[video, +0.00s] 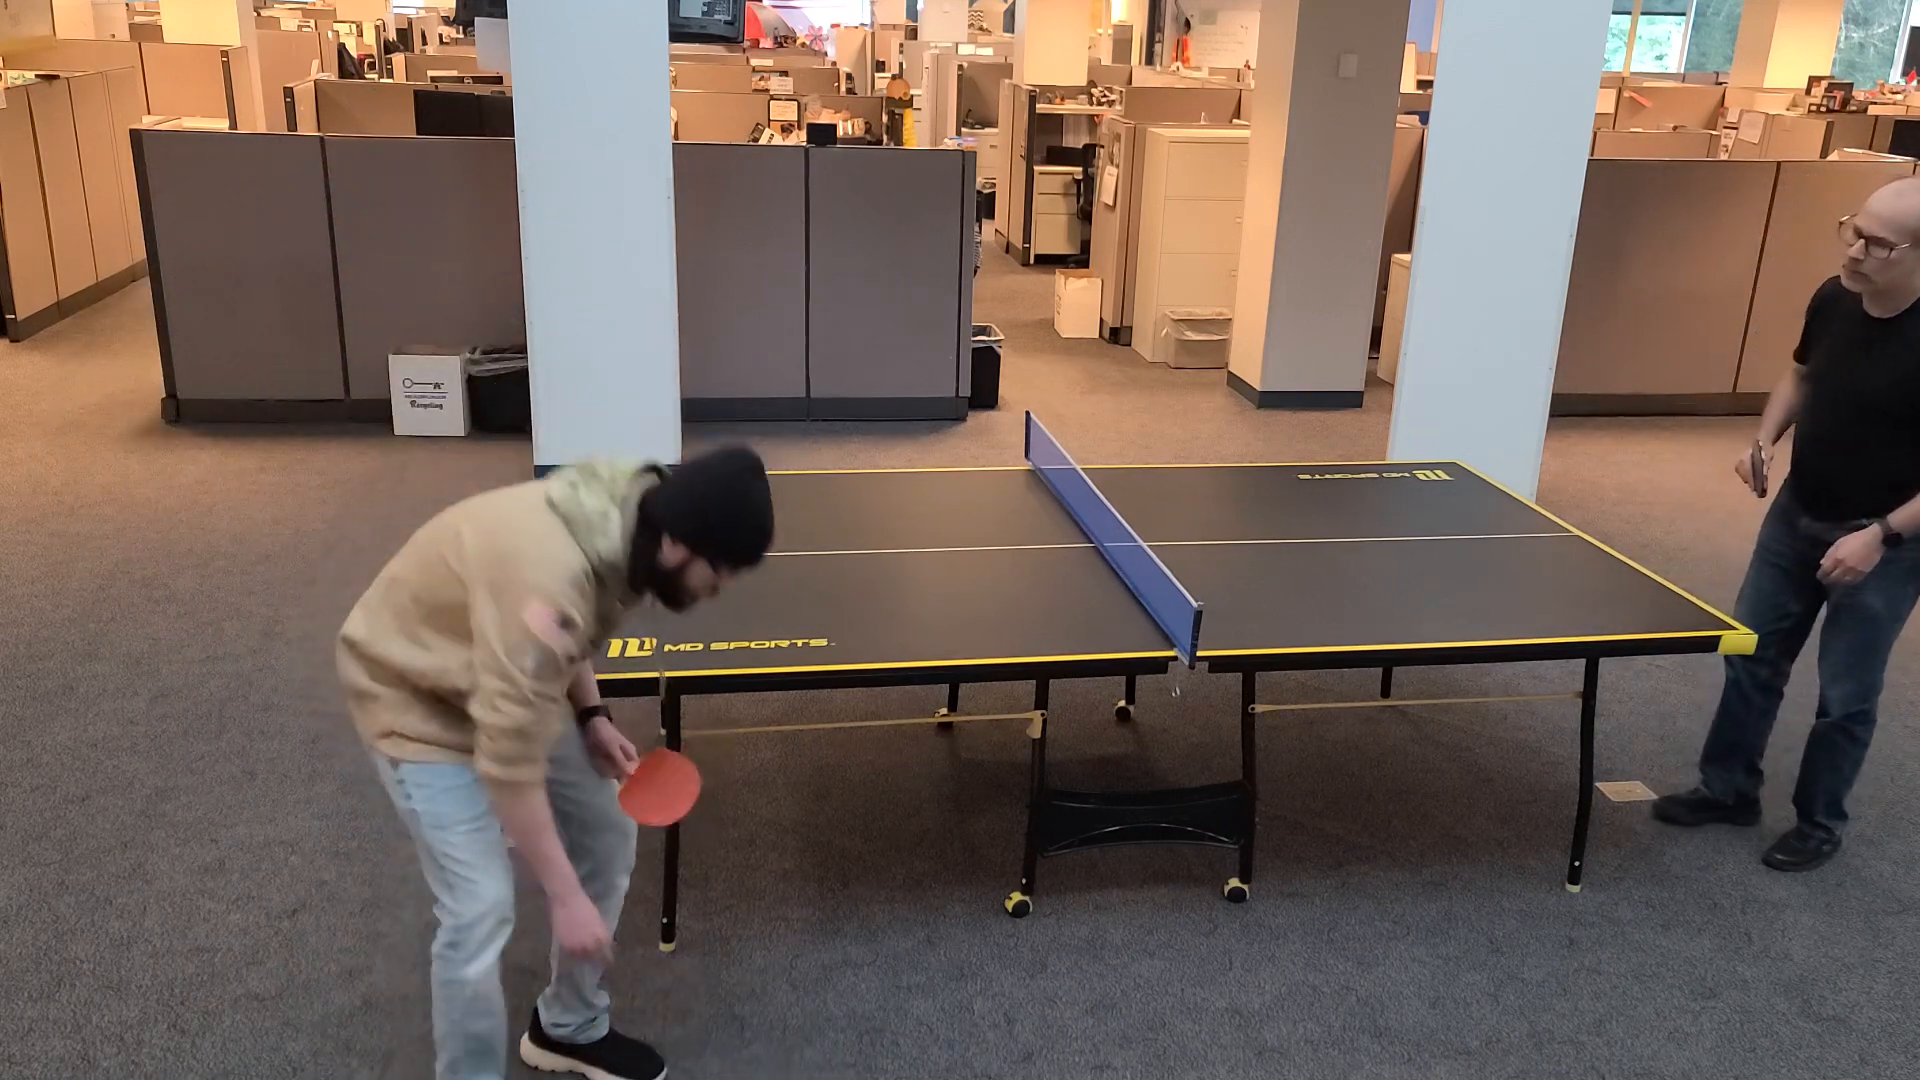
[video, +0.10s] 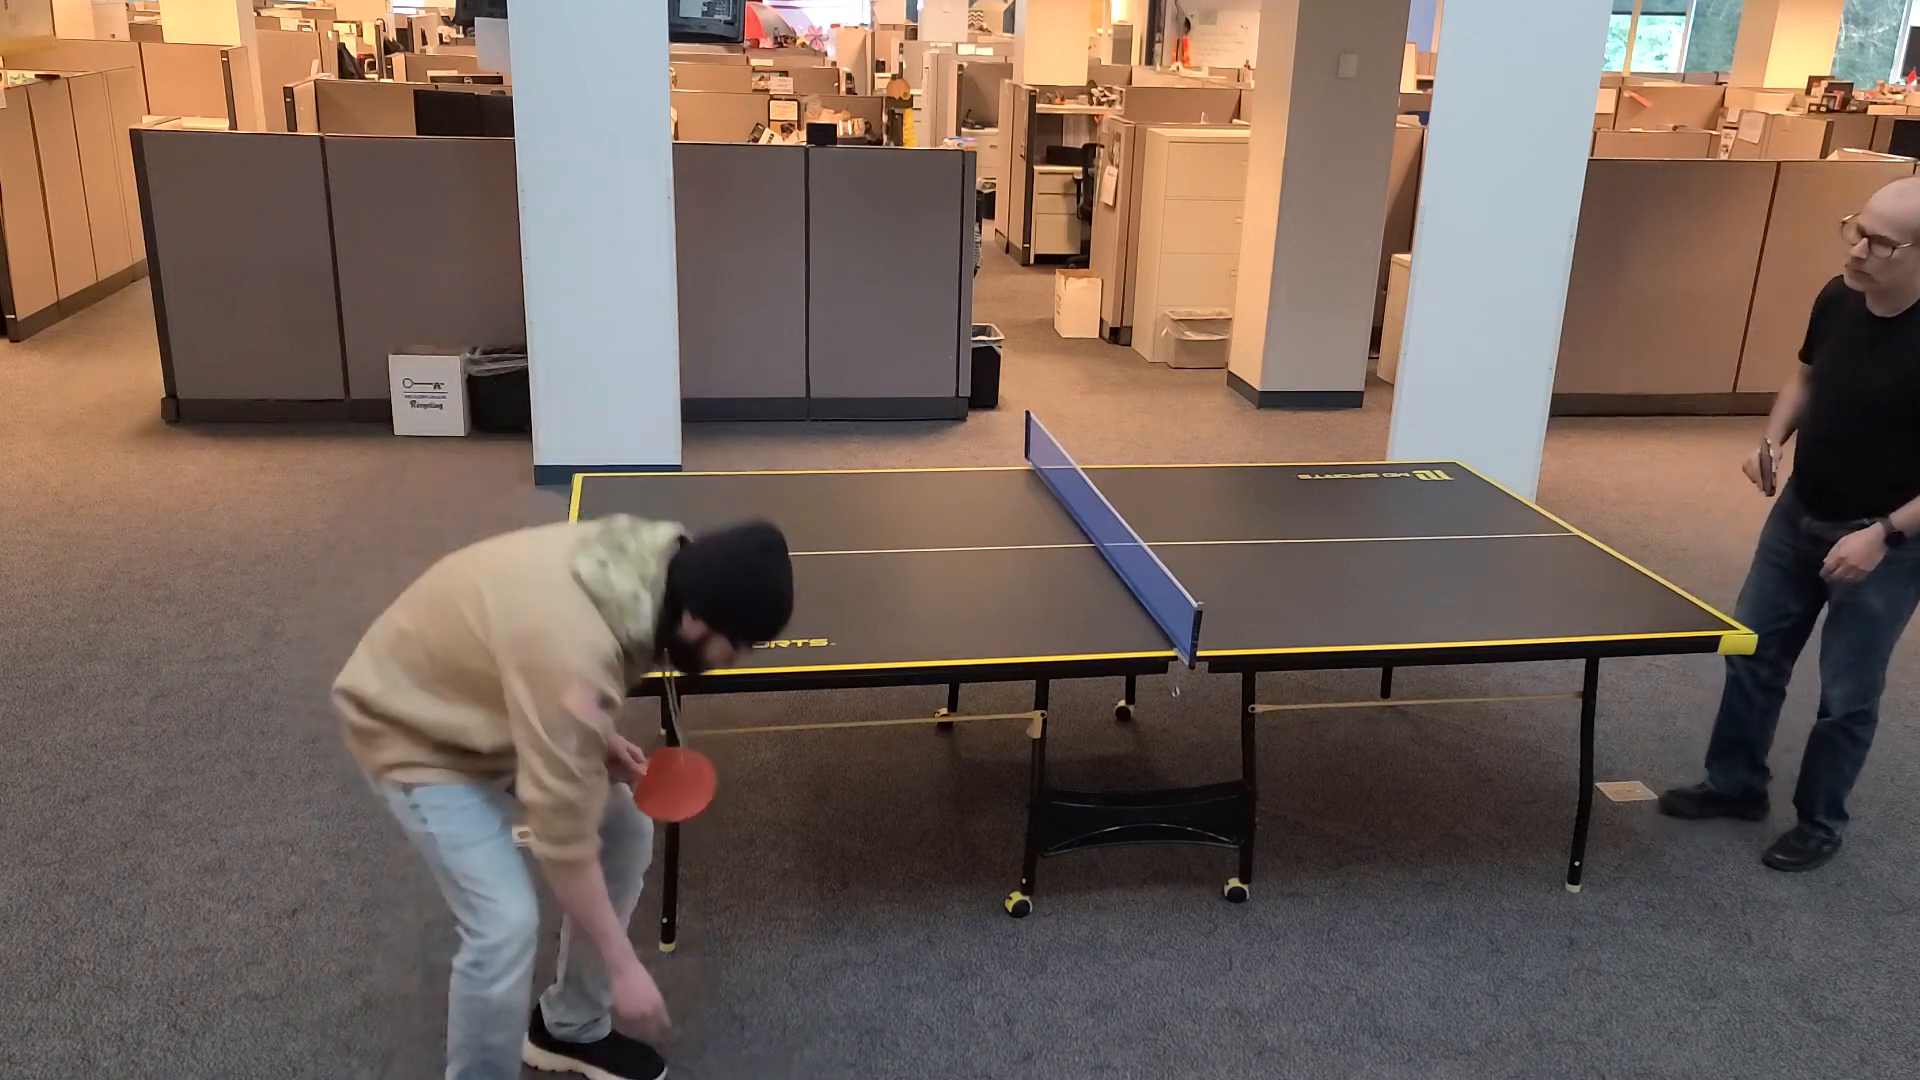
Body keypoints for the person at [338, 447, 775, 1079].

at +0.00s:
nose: (718, 589)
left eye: (728, 575)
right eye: (718, 571)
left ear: (675, 541)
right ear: (678, 546)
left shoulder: (628, 524)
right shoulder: (548, 575)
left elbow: (568, 632)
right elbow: (510, 766)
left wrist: (593, 717)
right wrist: (568, 897)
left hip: (514, 680)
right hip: (416, 694)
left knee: (608, 834)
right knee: (483, 903)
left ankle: (568, 1025)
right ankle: (470, 1071)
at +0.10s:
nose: (730, 659)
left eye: (741, 647)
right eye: (735, 643)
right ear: (698, 621)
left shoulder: (645, 563)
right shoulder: (568, 645)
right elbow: (561, 841)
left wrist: (595, 732)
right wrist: (624, 970)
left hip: (499, 711)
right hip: (407, 727)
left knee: (625, 829)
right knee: (507, 919)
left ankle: (572, 1023)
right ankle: (476, 1068)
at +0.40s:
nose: (745, 772)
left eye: (757, 762)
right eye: (754, 760)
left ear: (722, 667)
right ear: (730, 746)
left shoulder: (652, 630)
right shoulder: (617, 793)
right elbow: (630, 958)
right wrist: (665, 1074)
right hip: (395, 795)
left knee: (614, 880)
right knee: (564, 957)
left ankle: (579, 1034)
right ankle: (490, 1073)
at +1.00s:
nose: (703, 373)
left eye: (703, 355)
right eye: (695, 355)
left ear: (641, 356)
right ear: (644, 358)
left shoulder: (598, 426)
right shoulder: (537, 432)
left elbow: (574, 582)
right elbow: (620, 597)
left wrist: (601, 695)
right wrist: (748, 586)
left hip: (532, 666)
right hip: (445, 674)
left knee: (585, 835)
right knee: (503, 893)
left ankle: (567, 1025)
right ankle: (443, 1067)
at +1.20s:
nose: (618, 302)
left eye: (615, 283)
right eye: (604, 284)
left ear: (551, 293)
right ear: (550, 293)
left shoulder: (548, 380)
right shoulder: (448, 386)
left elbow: (556, 546)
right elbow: (451, 567)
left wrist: (579, 669)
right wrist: (595, 642)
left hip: (537, 673)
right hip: (443, 684)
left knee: (570, 848)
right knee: (454, 885)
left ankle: (567, 1022)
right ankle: (340, 984)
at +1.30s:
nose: (566, 292)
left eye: (560, 274)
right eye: (551, 276)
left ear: (505, 289)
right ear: (500, 290)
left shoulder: (512, 385)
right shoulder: (396, 393)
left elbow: (530, 542)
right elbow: (370, 566)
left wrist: (566, 657)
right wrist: (486, 672)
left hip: (513, 677)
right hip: (414, 690)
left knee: (564, 849)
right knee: (415, 879)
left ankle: (568, 1024)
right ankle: (305, 1000)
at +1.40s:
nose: (515, 286)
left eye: (509, 268)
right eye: (498, 270)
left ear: (450, 285)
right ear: (445, 285)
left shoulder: (465, 380)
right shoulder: (345, 392)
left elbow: (493, 529)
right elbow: (296, 566)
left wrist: (535, 641)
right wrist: (388, 688)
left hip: (475, 667)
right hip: (380, 687)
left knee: (529, 842)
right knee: (366, 868)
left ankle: (564, 1020)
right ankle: (295, 1007)